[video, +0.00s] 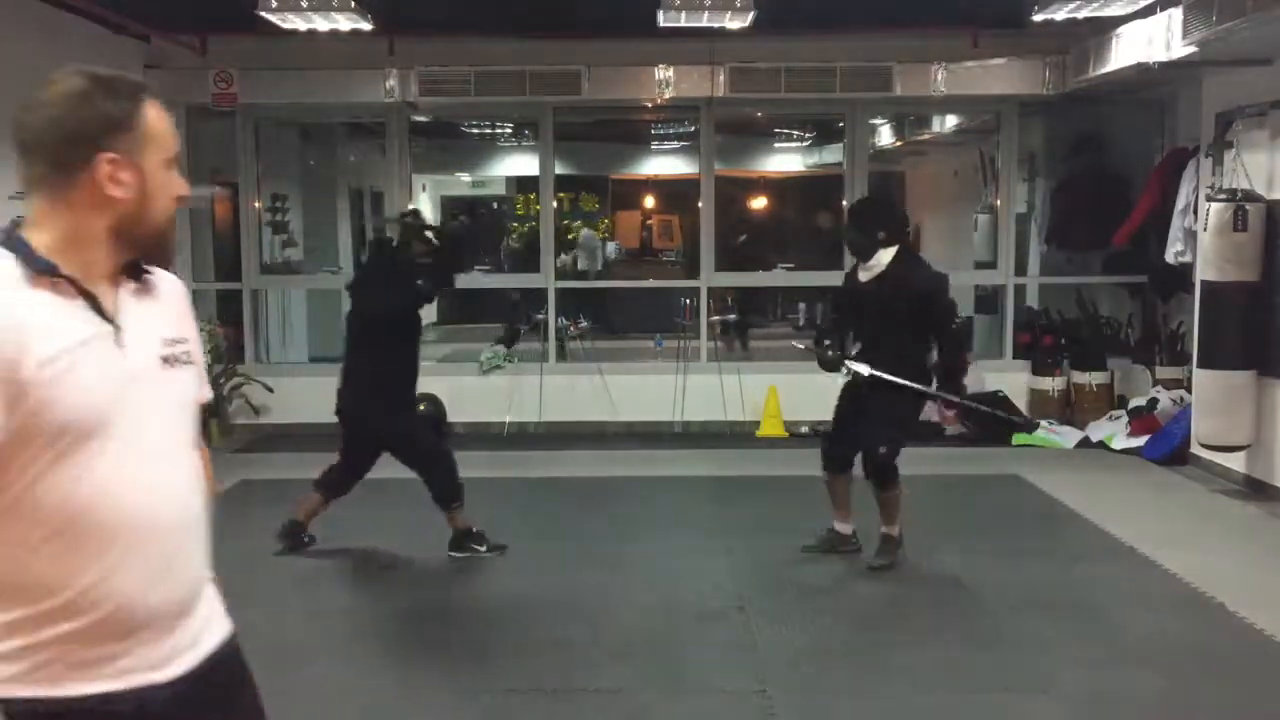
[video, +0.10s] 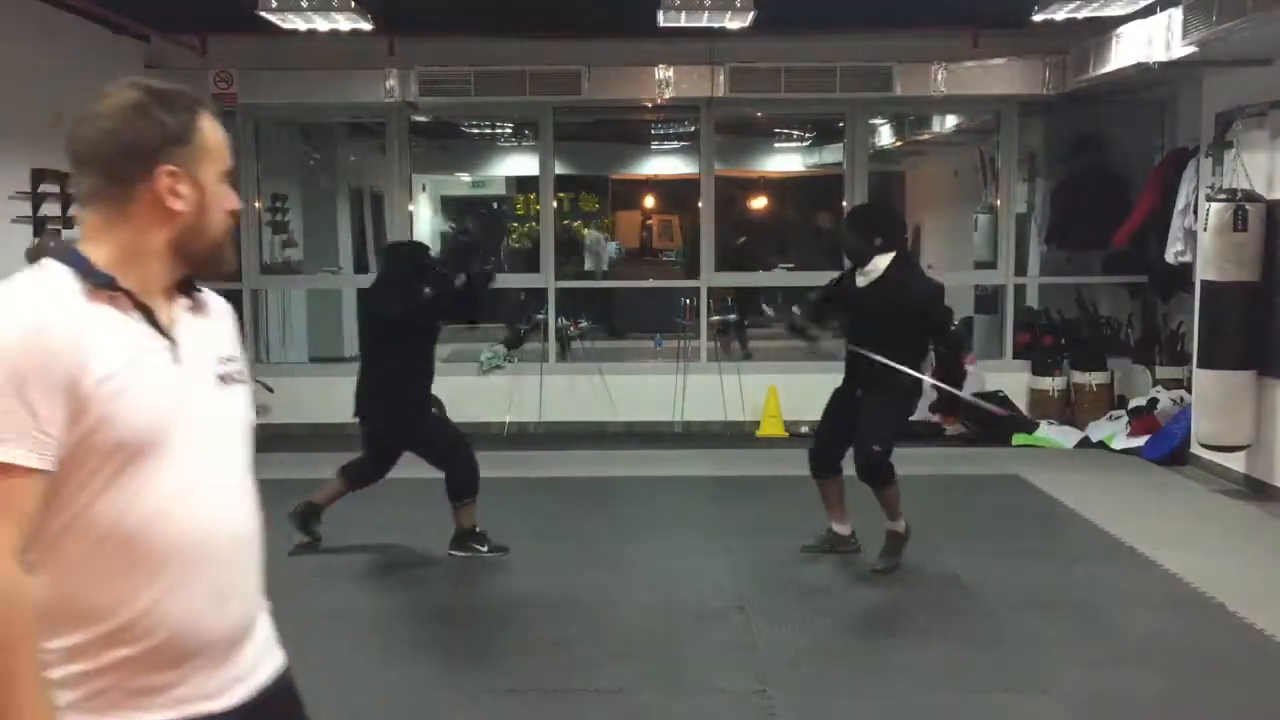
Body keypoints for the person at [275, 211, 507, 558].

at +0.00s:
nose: (427, 260)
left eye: (428, 254)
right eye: (422, 254)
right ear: (407, 256)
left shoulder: (370, 287)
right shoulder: (393, 292)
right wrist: (428, 282)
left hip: (360, 403)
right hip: (385, 405)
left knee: (350, 467)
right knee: (437, 462)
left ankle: (296, 524)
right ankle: (462, 533)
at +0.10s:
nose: (430, 275)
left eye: (430, 270)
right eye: (426, 270)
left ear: (388, 267)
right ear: (414, 271)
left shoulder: (370, 298)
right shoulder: (417, 301)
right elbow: (466, 311)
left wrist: (422, 396)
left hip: (374, 405)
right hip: (406, 407)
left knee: (375, 463)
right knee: (459, 454)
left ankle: (312, 507)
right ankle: (466, 533)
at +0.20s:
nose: (440, 277)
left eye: (438, 271)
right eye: (435, 271)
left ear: (402, 270)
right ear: (427, 272)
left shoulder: (390, 304)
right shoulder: (424, 303)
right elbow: (465, 342)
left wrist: (430, 399)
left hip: (382, 404)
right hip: (409, 405)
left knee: (394, 458)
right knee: (462, 453)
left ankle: (334, 499)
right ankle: (466, 532)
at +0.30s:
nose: (438, 283)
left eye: (437, 277)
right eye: (434, 276)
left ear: (401, 277)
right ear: (423, 278)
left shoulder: (388, 316)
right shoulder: (426, 312)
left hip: (386, 407)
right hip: (411, 407)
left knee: (406, 456)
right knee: (464, 453)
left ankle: (352, 504)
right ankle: (466, 532)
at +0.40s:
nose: (437, 281)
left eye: (435, 275)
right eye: (432, 275)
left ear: (399, 276)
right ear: (420, 278)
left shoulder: (394, 305)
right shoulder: (416, 308)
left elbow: (439, 347)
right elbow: (439, 352)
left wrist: (478, 367)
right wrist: (481, 369)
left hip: (391, 402)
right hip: (412, 405)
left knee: (403, 459)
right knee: (461, 452)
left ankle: (347, 504)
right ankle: (466, 532)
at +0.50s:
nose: (430, 276)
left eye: (428, 269)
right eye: (425, 269)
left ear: (389, 271)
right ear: (413, 272)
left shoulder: (374, 302)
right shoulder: (409, 306)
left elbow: (438, 338)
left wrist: (469, 357)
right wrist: (462, 362)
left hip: (380, 395)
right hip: (410, 398)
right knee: (445, 456)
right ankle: (463, 529)